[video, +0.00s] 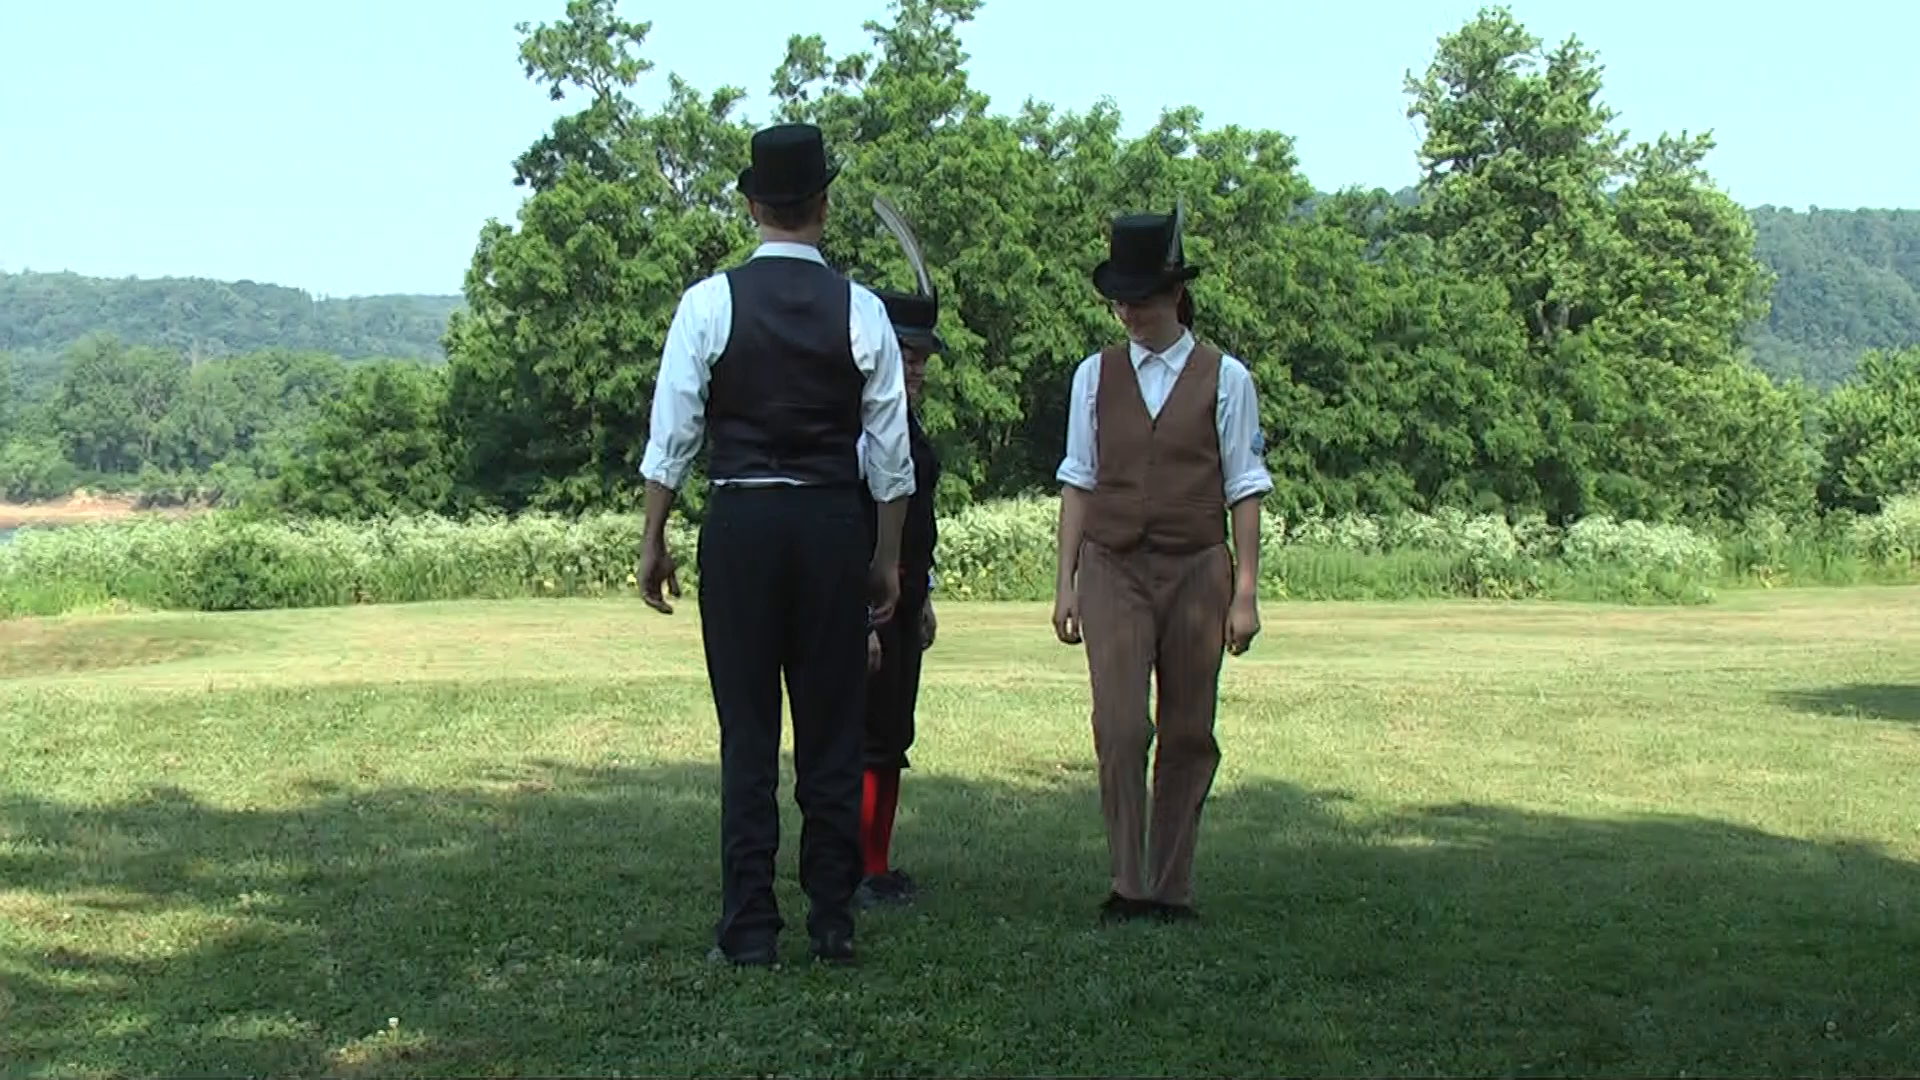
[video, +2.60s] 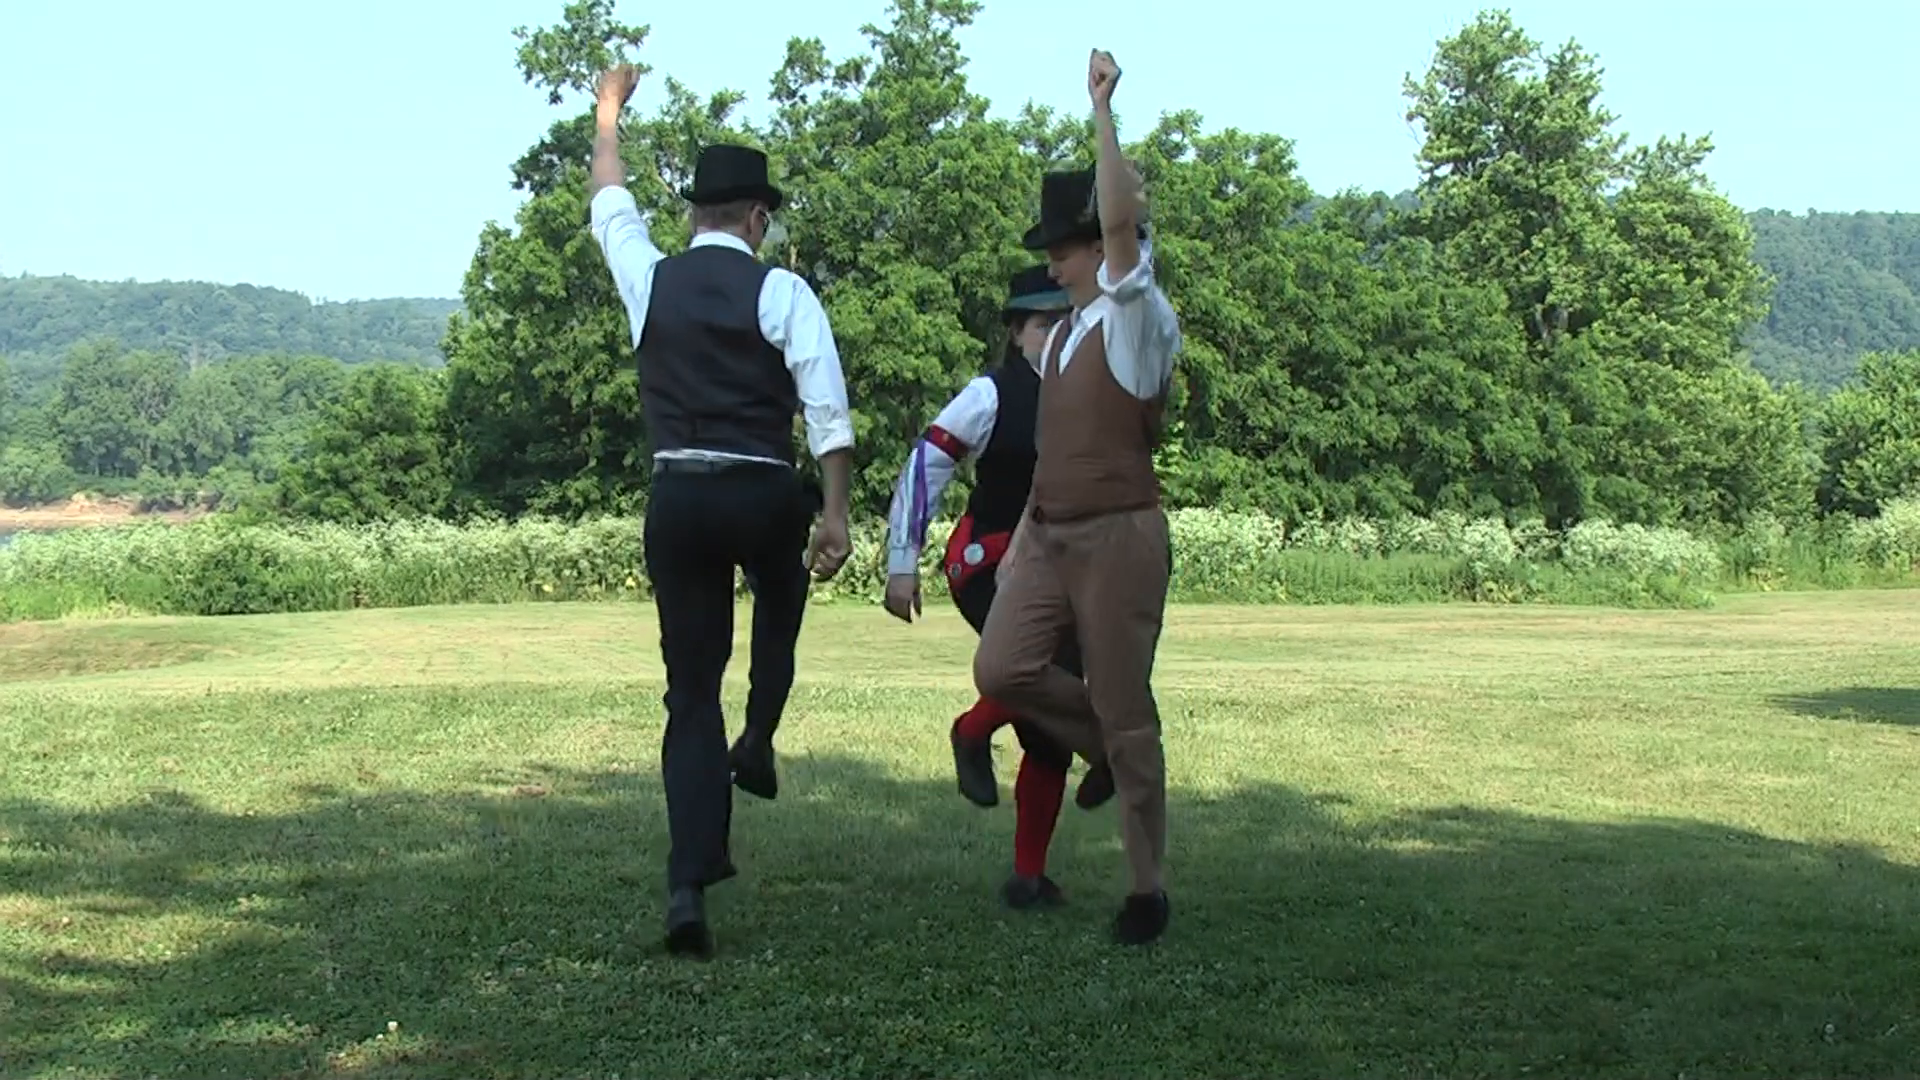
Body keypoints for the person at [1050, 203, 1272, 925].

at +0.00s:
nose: (1129, 314)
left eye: (1142, 301)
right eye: (1121, 302)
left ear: (1177, 294)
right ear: (1112, 302)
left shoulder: (1226, 377)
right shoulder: (1093, 376)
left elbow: (1247, 488)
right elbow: (1076, 484)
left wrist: (1246, 590)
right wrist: (1065, 582)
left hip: (1196, 572)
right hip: (1109, 571)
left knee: (1189, 736)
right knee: (1120, 731)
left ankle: (1172, 889)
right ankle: (1126, 887)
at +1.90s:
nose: (1082, 309)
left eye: (1094, 295)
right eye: (1074, 299)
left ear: (1130, 290)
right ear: (1068, 303)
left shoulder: (1184, 376)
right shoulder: (1051, 380)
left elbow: (1221, 482)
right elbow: (1037, 492)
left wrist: (1186, 491)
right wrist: (1028, 593)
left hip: (1158, 579)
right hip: (1070, 579)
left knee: (1161, 746)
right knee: (1094, 746)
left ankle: (1174, 872)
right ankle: (1116, 896)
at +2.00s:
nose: (1084, 312)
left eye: (1094, 298)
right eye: (1075, 302)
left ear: (1131, 290)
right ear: (1069, 306)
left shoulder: (1187, 372)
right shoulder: (1052, 380)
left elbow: (1230, 475)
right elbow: (1036, 491)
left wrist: (1197, 404)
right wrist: (1029, 592)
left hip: (1158, 574)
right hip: (1069, 574)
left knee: (1150, 732)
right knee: (1093, 743)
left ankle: (1161, 792)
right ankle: (1113, 896)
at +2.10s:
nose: (1083, 311)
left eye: (1096, 296)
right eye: (1074, 301)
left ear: (1132, 291)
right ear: (1068, 304)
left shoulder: (1178, 368)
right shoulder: (1050, 379)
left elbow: (1236, 420)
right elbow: (1037, 491)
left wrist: (1197, 328)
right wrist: (1028, 592)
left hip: (1156, 569)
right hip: (1069, 571)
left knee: (1131, 715)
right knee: (1091, 743)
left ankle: (1159, 769)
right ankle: (1114, 894)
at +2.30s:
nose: (1081, 308)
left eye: (1094, 293)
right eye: (1074, 295)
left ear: (1134, 291)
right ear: (1067, 297)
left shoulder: (1175, 363)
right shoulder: (1056, 371)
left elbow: (1215, 296)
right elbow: (1037, 485)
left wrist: (1192, 198)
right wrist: (1026, 586)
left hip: (1148, 577)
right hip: (1068, 578)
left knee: (1115, 749)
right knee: (1083, 751)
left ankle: (1142, 908)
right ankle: (1116, 899)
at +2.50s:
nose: (1066, 295)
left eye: (1077, 282)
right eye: (1063, 284)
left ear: (1117, 281)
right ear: (1071, 290)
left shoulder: (1147, 351)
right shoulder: (1063, 370)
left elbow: (1150, 263)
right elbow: (1044, 482)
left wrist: (1144, 152)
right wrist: (1018, 567)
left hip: (1136, 577)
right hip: (1061, 580)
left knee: (1119, 756)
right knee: (1019, 716)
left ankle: (1136, 916)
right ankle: (1112, 803)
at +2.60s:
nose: (1058, 262)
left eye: (1066, 250)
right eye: (1053, 252)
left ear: (1102, 244)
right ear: (1061, 256)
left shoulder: (1136, 311)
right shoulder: (1061, 329)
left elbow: (1124, 220)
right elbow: (1057, 437)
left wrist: (1102, 112)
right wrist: (1029, 530)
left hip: (1120, 536)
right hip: (1045, 533)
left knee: (1122, 715)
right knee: (1003, 672)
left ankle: (1147, 891)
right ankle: (1113, 739)